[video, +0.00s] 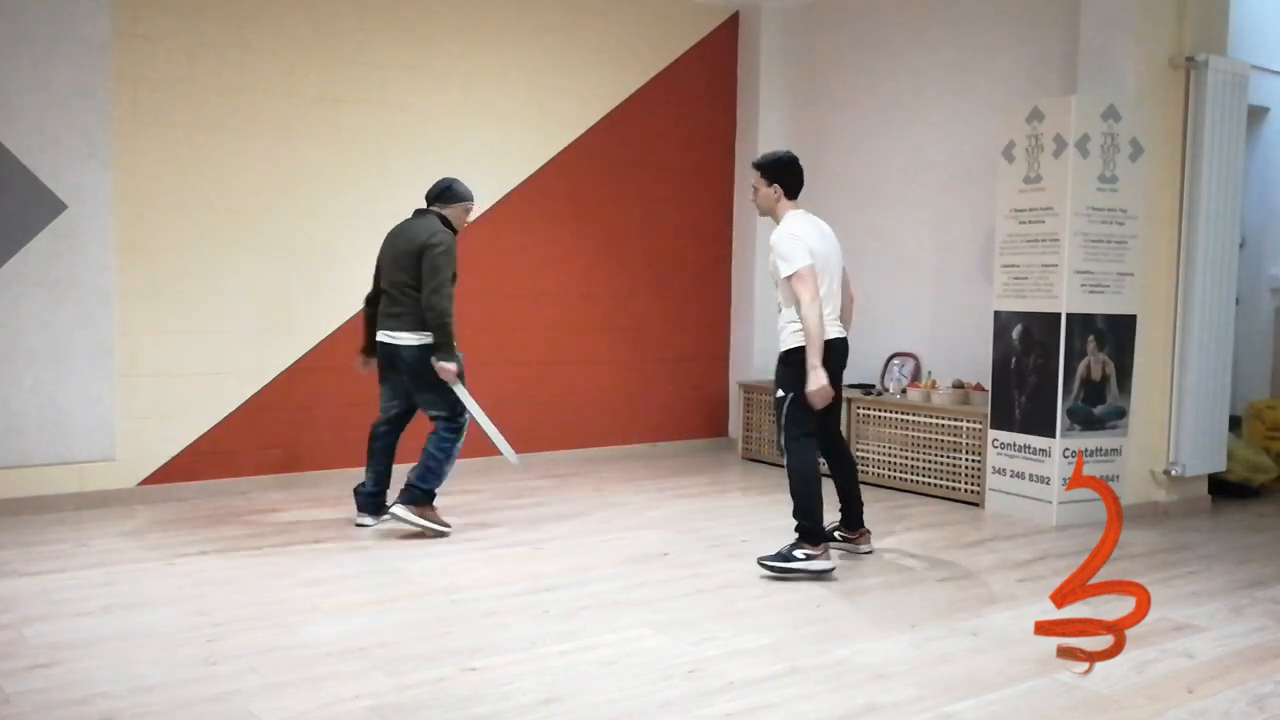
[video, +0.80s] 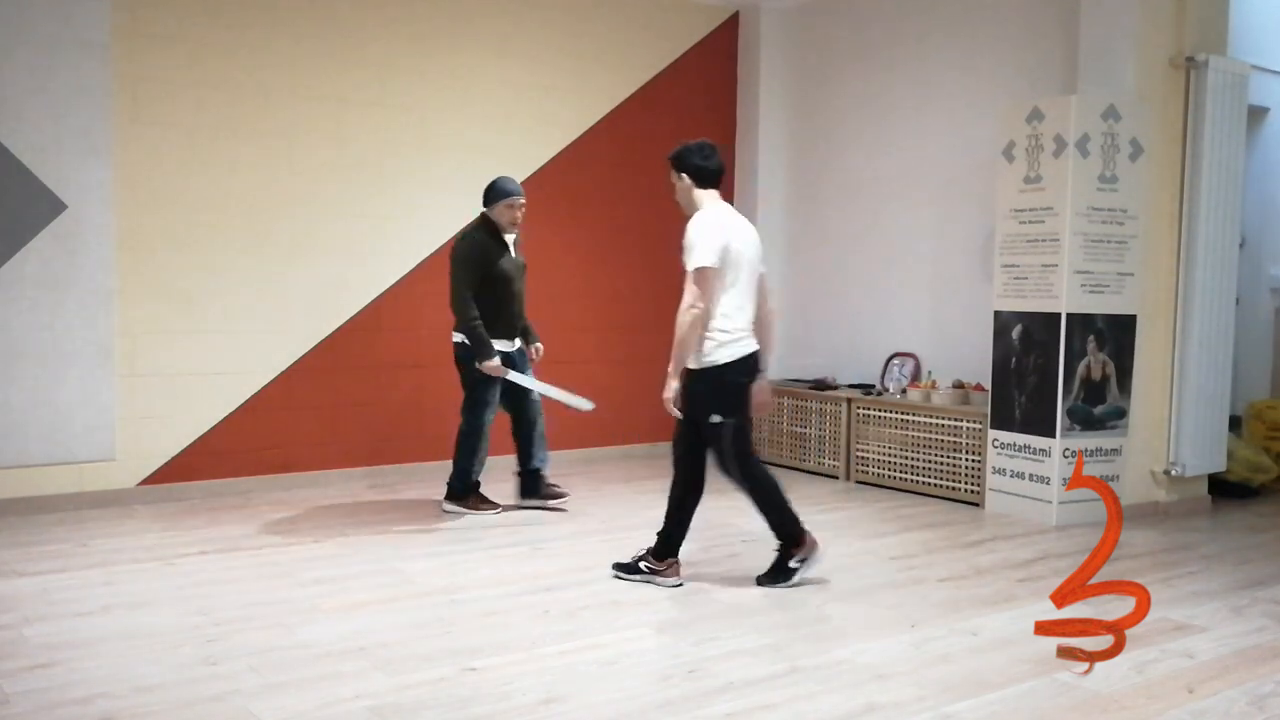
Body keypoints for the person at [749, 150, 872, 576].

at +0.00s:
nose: (753, 194)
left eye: (757, 187)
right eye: (753, 187)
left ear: (777, 190)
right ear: (788, 189)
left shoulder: (786, 235)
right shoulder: (820, 228)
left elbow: (809, 300)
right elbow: (846, 298)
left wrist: (817, 366)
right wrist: (836, 345)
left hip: (802, 351)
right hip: (832, 346)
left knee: (797, 441)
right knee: (830, 437)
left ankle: (812, 544)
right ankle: (854, 527)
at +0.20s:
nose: (749, 194)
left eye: (753, 186)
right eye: (749, 186)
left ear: (772, 187)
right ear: (785, 187)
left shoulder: (791, 234)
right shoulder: (819, 229)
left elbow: (793, 312)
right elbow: (839, 301)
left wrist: (759, 371)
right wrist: (837, 358)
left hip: (802, 356)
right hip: (823, 352)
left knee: (794, 453)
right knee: (823, 442)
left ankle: (811, 556)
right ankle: (848, 526)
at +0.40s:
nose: (735, 185)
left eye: (737, 176)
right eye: (736, 177)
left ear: (753, 177)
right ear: (774, 176)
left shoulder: (773, 224)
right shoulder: (806, 220)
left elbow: (754, 304)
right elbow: (827, 296)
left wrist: (710, 360)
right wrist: (825, 356)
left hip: (788, 354)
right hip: (808, 348)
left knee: (794, 449)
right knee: (768, 438)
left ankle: (812, 555)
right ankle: (802, 530)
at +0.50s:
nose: (722, 185)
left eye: (724, 176)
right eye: (722, 176)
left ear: (740, 176)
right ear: (763, 175)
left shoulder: (757, 224)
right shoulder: (796, 219)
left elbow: (738, 306)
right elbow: (821, 293)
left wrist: (696, 360)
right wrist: (817, 355)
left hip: (777, 355)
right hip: (797, 349)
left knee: (795, 454)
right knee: (737, 435)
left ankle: (811, 557)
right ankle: (751, 537)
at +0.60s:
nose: (708, 188)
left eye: (710, 178)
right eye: (708, 179)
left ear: (725, 177)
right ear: (750, 177)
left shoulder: (740, 228)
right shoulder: (784, 223)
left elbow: (723, 308)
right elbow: (807, 298)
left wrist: (687, 365)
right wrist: (806, 362)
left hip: (757, 362)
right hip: (785, 356)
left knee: (724, 447)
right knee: (793, 457)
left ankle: (695, 545)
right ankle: (811, 556)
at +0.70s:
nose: (691, 192)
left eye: (692, 182)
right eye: (691, 183)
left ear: (706, 180)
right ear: (733, 180)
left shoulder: (722, 230)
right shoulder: (765, 228)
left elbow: (708, 311)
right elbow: (789, 302)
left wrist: (680, 371)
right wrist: (787, 366)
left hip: (737, 366)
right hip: (765, 361)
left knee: (707, 462)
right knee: (774, 461)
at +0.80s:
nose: (671, 189)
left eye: (672, 179)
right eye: (672, 179)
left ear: (685, 179)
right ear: (712, 179)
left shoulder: (704, 224)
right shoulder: (743, 226)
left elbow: (696, 305)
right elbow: (763, 307)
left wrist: (673, 372)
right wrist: (761, 371)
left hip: (714, 366)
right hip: (734, 362)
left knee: (734, 459)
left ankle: (797, 542)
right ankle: (664, 555)